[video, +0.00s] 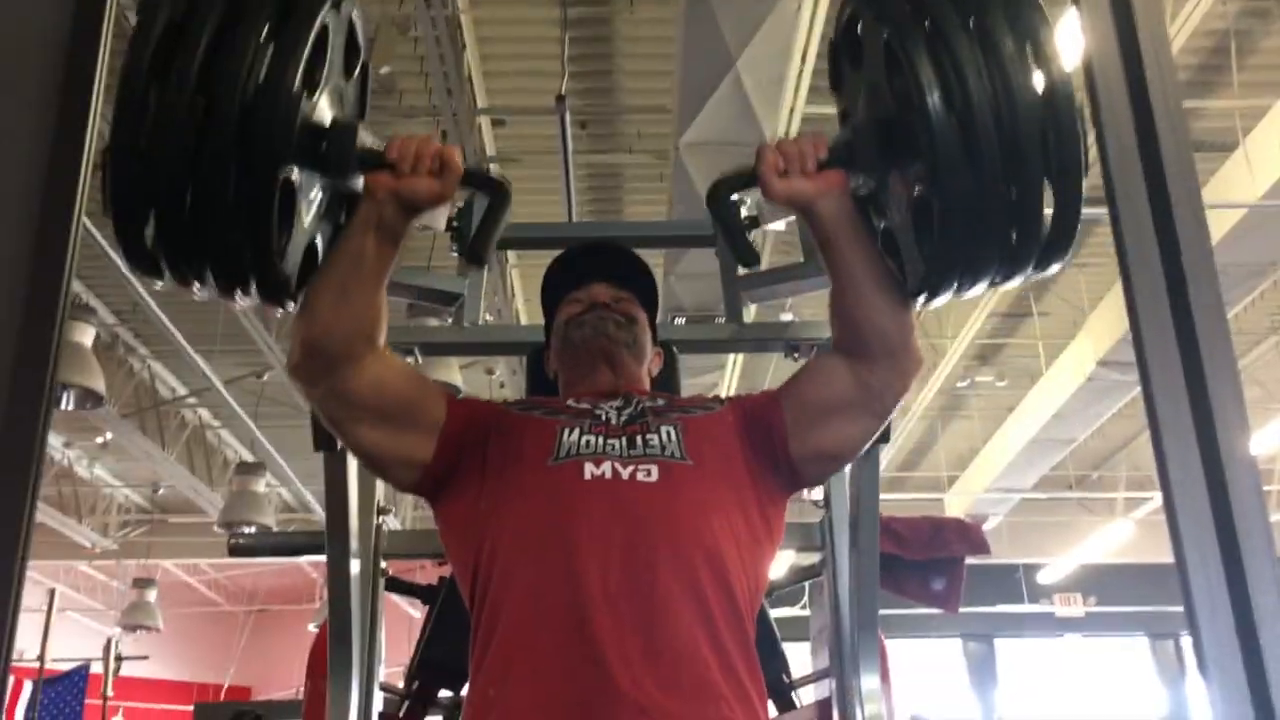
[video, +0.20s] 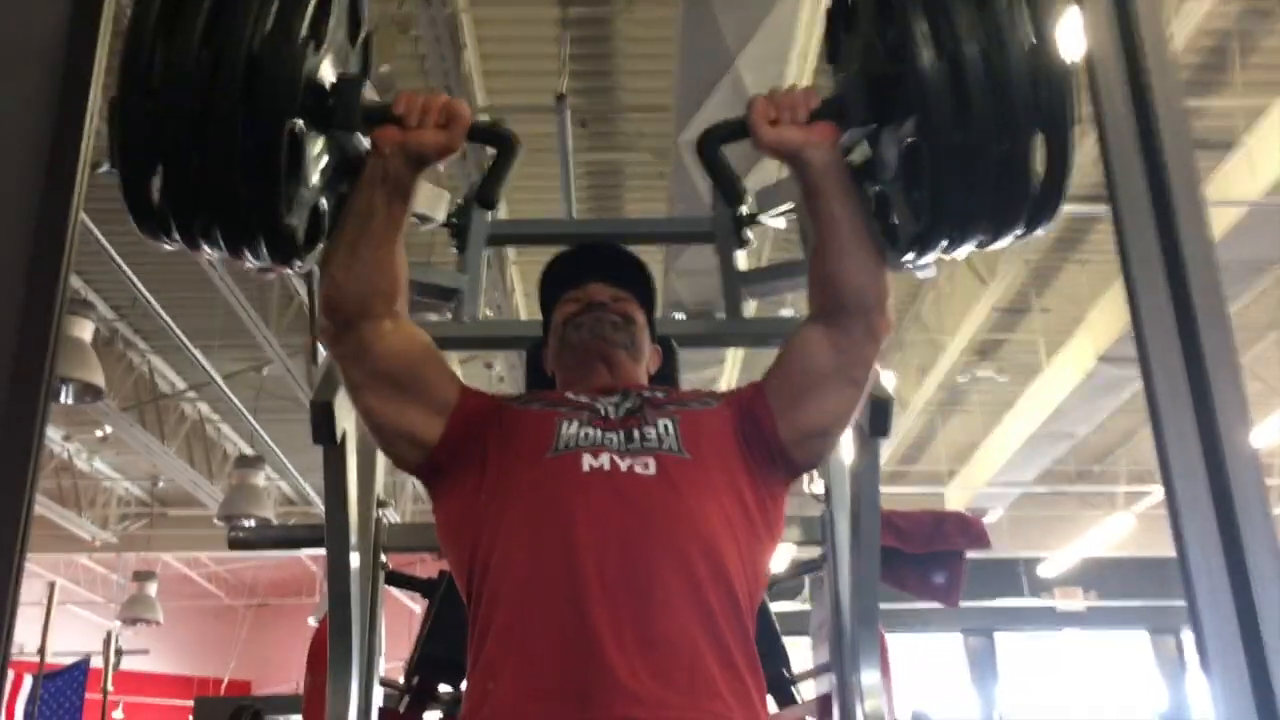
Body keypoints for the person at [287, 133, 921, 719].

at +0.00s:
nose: (598, 315)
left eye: (623, 309)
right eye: (575, 311)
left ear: (658, 356)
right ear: (547, 357)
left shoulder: (745, 433)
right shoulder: (481, 439)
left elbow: (883, 361)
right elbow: (328, 361)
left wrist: (829, 207)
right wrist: (385, 212)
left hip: (716, 706)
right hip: (521, 707)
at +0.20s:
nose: (600, 311)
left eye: (622, 310)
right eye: (576, 309)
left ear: (657, 358)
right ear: (543, 357)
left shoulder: (747, 432)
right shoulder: (474, 436)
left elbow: (853, 317)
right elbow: (359, 318)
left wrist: (818, 159)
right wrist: (393, 164)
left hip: (715, 707)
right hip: (514, 707)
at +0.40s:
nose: (604, 304)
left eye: (627, 304)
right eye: (579, 304)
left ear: (660, 354)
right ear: (549, 355)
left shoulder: (747, 433)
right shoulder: (482, 438)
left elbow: (813, 283)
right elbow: (405, 287)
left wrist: (810, 113)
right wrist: (407, 121)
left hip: (716, 707)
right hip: (515, 707)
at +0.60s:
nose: (606, 303)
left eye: (630, 303)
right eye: (582, 302)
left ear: (662, 355)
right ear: (550, 354)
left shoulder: (749, 435)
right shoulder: (480, 441)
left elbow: (841, 311)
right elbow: (382, 303)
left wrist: (818, 138)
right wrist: (404, 141)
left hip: (717, 706)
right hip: (517, 707)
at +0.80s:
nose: (606, 293)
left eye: (631, 294)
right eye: (580, 294)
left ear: (664, 348)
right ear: (551, 350)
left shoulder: (747, 434)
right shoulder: (478, 443)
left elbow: (886, 377)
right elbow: (328, 378)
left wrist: (839, 216)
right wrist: (384, 224)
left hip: (726, 705)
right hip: (520, 706)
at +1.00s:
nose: (608, 295)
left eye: (632, 296)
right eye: (582, 296)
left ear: (665, 351)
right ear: (551, 351)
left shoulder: (742, 442)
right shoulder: (487, 448)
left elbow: (914, 434)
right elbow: (305, 439)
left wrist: (859, 297)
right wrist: (365, 299)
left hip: (723, 701)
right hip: (525, 703)